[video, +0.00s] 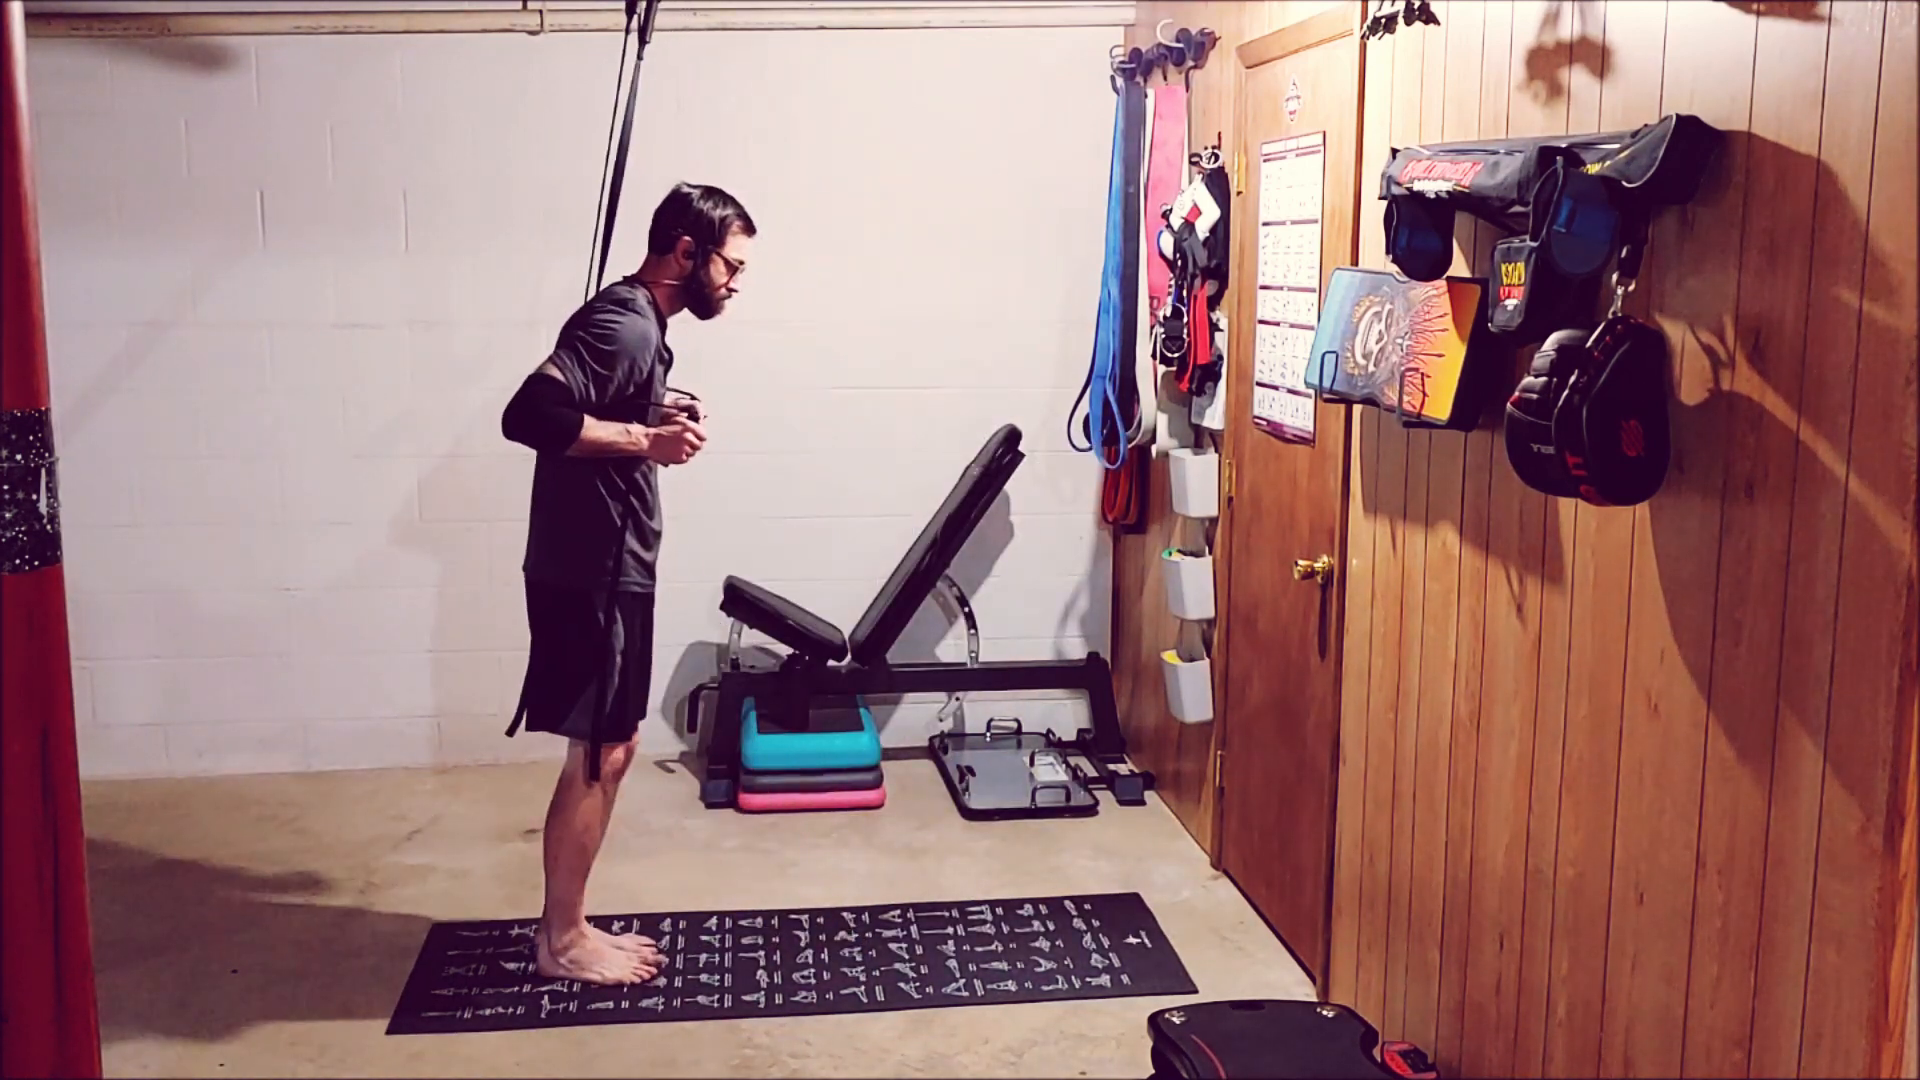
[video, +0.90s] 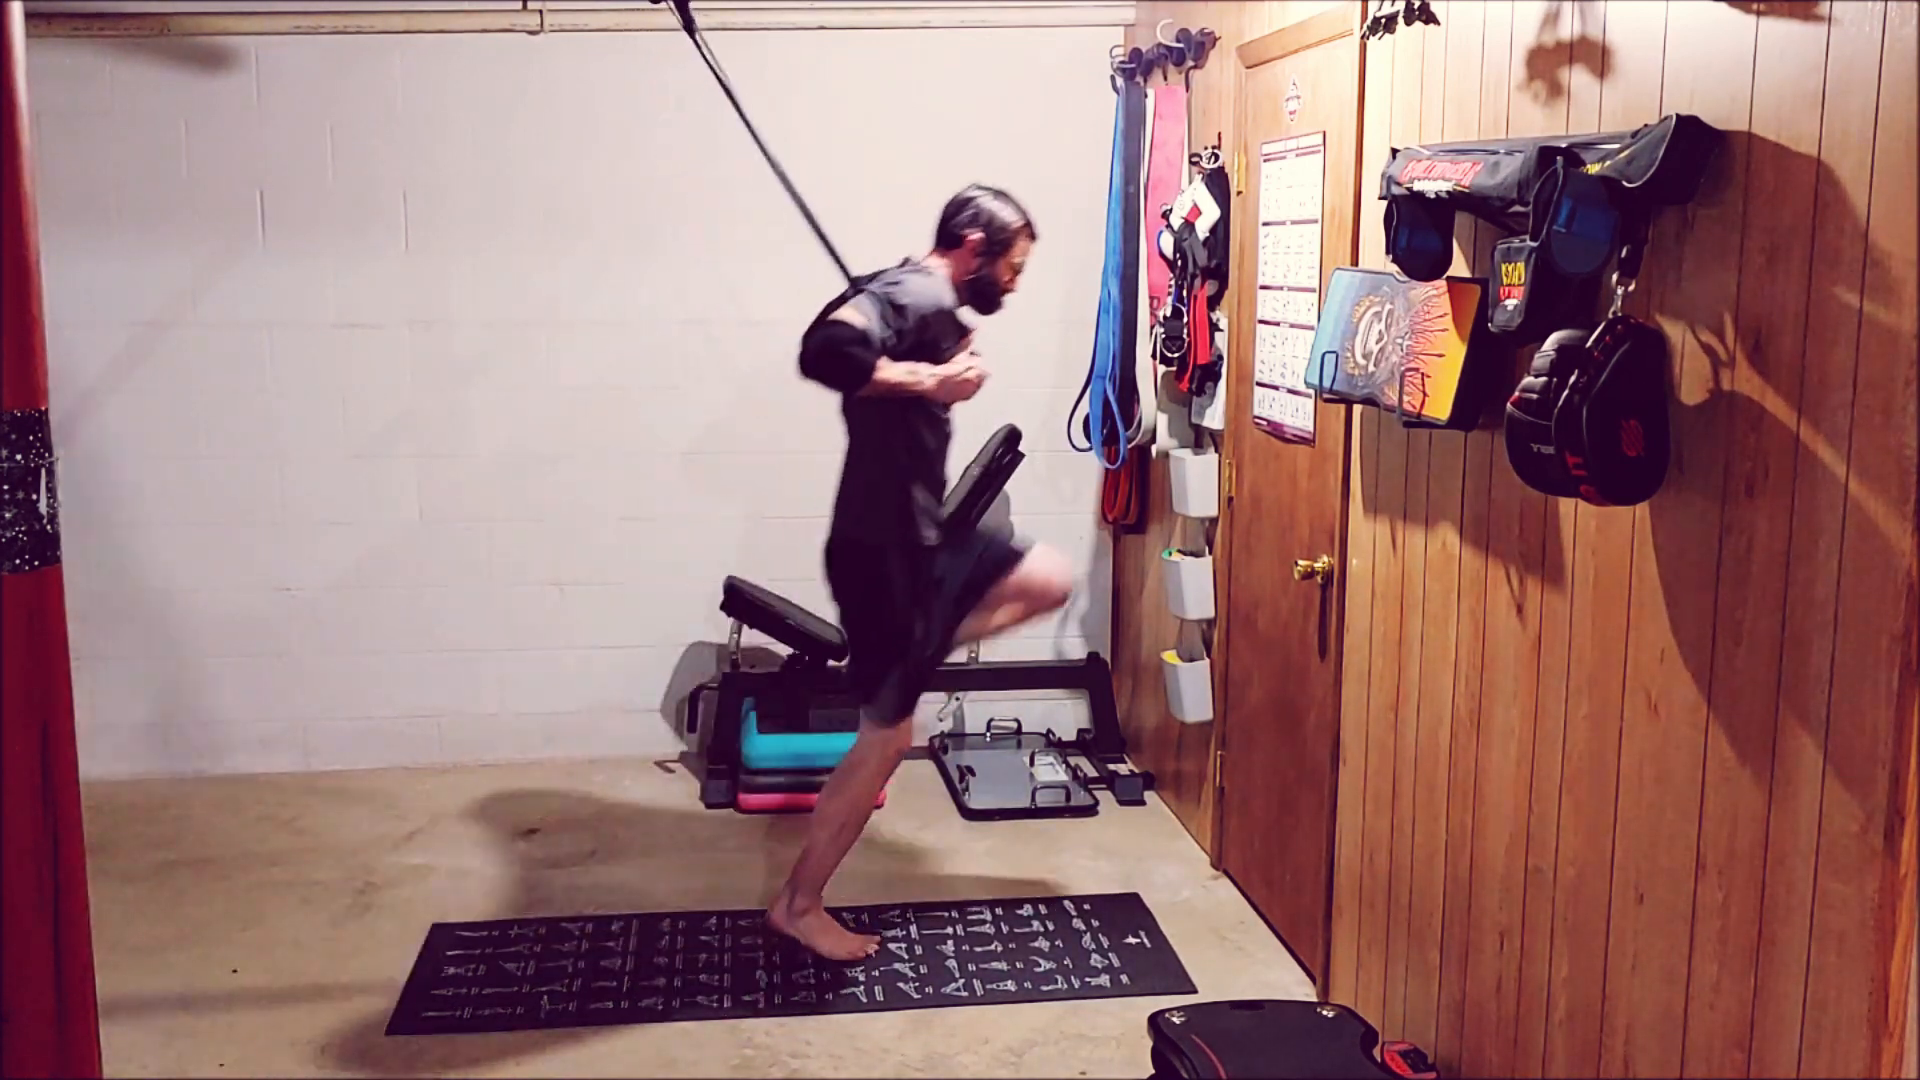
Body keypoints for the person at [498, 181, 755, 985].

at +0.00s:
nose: (737, 283)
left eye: (741, 268)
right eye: (731, 265)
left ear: (681, 257)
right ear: (683, 254)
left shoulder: (644, 325)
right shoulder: (621, 320)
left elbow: (588, 417)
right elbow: (530, 413)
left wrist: (658, 414)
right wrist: (644, 439)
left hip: (619, 575)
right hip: (594, 576)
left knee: (612, 748)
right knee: (601, 751)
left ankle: (569, 927)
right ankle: (561, 939)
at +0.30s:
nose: (777, 290)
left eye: (780, 275)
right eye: (772, 273)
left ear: (721, 262)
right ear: (724, 260)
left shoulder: (681, 332)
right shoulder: (659, 328)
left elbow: (622, 421)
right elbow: (561, 414)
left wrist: (698, 421)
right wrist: (674, 443)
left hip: (623, 575)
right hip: (635, 579)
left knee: (617, 748)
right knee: (717, 736)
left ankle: (560, 925)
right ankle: (657, 923)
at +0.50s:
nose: (848, 303)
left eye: (853, 288)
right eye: (844, 286)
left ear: (795, 275)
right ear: (797, 273)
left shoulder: (753, 337)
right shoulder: (733, 336)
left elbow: (700, 425)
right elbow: (631, 414)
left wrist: (771, 413)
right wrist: (747, 442)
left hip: (686, 578)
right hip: (696, 583)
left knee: (651, 744)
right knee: (783, 730)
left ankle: (565, 918)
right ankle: (780, 918)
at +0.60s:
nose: (894, 300)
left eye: (898, 286)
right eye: (890, 284)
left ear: (842, 274)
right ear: (845, 272)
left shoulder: (804, 336)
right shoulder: (784, 330)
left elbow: (745, 419)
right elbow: (681, 405)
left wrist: (822, 406)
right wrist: (794, 436)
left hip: (740, 576)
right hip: (736, 581)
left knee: (708, 743)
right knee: (813, 737)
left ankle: (583, 892)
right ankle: (785, 920)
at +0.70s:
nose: (939, 297)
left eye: (944, 283)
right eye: (934, 281)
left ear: (885, 268)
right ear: (888, 267)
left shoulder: (851, 327)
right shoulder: (831, 322)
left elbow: (796, 408)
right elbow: (734, 398)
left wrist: (868, 387)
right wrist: (847, 421)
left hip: (800, 570)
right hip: (793, 574)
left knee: (807, 747)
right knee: (844, 747)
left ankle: (670, 830)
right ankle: (790, 922)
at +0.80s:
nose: (978, 293)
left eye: (983, 278)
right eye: (974, 276)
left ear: (927, 265)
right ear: (931, 264)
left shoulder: (891, 318)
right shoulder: (873, 311)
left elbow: (813, 385)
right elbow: (789, 379)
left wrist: (903, 383)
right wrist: (895, 400)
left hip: (864, 557)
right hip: (840, 564)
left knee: (959, 671)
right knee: (863, 750)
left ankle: (795, 721)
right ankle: (791, 919)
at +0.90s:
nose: (1015, 282)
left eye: (1021, 268)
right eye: (1012, 266)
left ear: (967, 245)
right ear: (973, 247)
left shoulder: (930, 298)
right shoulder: (916, 289)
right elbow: (827, 349)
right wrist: (932, 381)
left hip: (918, 524)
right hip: (882, 539)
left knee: (1049, 579)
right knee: (888, 733)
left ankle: (908, 651)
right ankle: (799, 904)